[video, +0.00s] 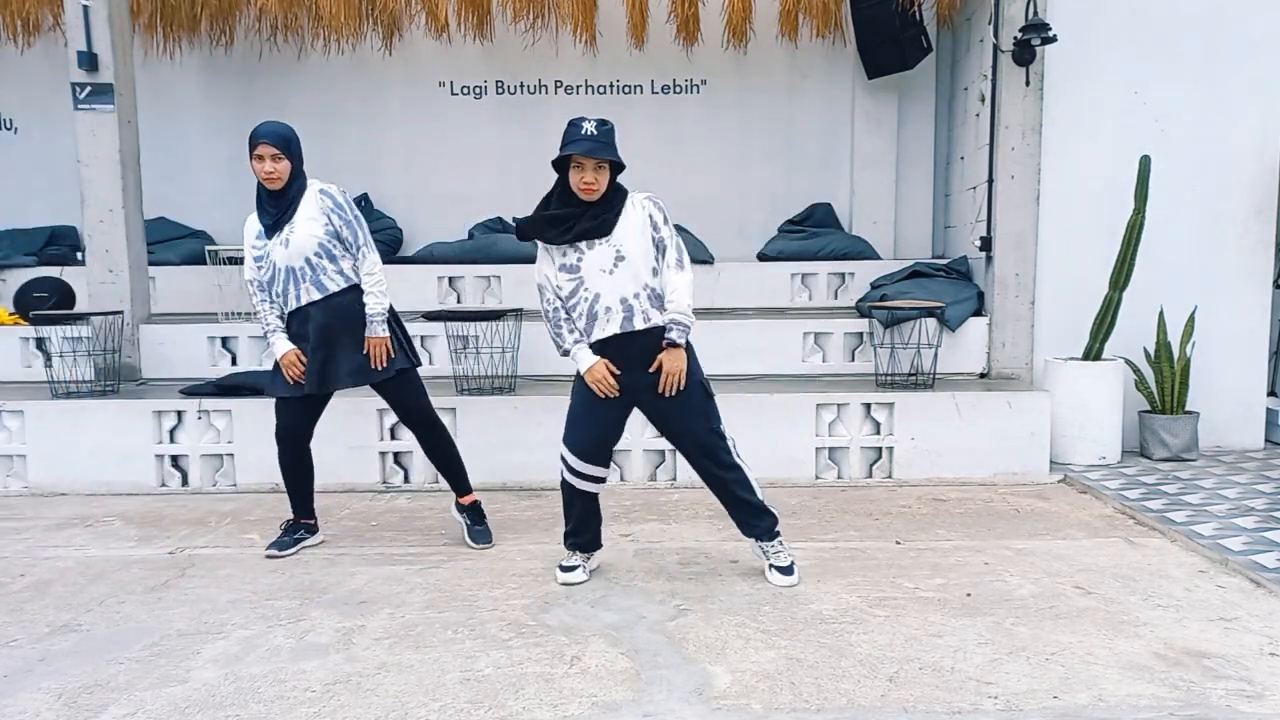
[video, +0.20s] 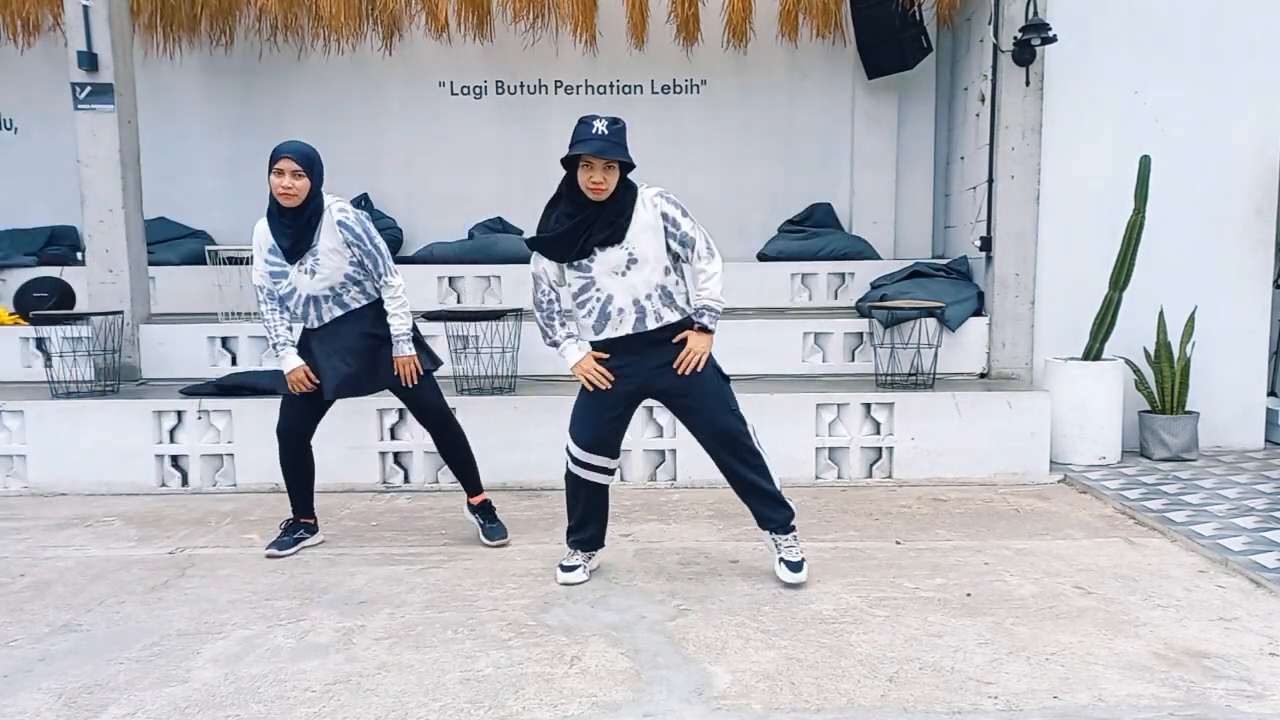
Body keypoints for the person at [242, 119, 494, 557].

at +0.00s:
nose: (268, 167)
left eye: (277, 157)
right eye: (259, 159)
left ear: (294, 158)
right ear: (252, 164)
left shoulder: (328, 197)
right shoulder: (255, 225)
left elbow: (369, 257)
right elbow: (260, 294)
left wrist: (377, 322)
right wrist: (280, 343)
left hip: (359, 320)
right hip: (305, 334)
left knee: (418, 415)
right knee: (290, 434)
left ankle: (468, 503)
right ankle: (304, 522)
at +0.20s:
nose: (287, 183)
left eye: (297, 175)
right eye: (279, 174)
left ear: (315, 180)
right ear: (269, 179)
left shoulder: (343, 217)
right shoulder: (265, 233)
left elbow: (390, 278)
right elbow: (268, 304)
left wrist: (402, 342)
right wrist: (288, 358)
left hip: (375, 330)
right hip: (317, 341)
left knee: (434, 412)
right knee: (291, 428)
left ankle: (479, 502)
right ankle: (303, 521)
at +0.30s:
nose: (317, 208)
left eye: (328, 200)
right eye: (309, 199)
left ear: (343, 207)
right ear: (298, 204)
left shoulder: (366, 240)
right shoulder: (284, 252)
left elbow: (410, 300)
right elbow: (288, 321)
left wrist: (418, 361)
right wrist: (304, 376)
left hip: (389, 339)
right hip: (331, 348)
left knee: (441, 418)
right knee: (288, 430)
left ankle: (483, 509)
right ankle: (302, 521)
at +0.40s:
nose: (358, 218)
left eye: (367, 210)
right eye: (348, 209)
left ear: (380, 217)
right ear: (336, 215)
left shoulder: (402, 255)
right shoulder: (313, 262)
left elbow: (432, 315)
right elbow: (308, 331)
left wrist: (436, 372)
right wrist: (322, 389)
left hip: (408, 360)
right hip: (347, 365)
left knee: (459, 423)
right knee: (293, 433)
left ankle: (480, 516)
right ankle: (303, 521)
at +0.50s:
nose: (393, 205)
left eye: (402, 196)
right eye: (383, 196)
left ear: (415, 201)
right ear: (370, 203)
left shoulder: (437, 247)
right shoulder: (347, 251)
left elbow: (453, 310)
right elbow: (329, 322)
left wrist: (454, 366)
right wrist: (337, 386)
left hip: (424, 364)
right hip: (365, 364)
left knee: (470, 424)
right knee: (309, 431)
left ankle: (481, 516)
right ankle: (303, 521)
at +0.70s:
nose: (433, 170)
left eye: (440, 160)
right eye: (422, 162)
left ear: (454, 161)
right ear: (411, 167)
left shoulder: (478, 217)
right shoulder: (390, 209)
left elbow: (484, 284)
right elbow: (363, 279)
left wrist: (473, 341)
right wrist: (360, 346)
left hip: (450, 339)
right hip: (391, 335)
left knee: (471, 428)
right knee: (337, 422)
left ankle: (480, 515)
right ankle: (291, 510)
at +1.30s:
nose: (386, 208)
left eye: (394, 199)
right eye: (376, 201)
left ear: (411, 200)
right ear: (369, 208)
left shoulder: (448, 244)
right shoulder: (361, 256)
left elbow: (468, 307)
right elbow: (353, 328)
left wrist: (461, 363)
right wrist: (359, 386)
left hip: (437, 349)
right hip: (378, 346)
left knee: (473, 418)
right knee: (325, 421)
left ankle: (481, 515)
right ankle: (306, 515)